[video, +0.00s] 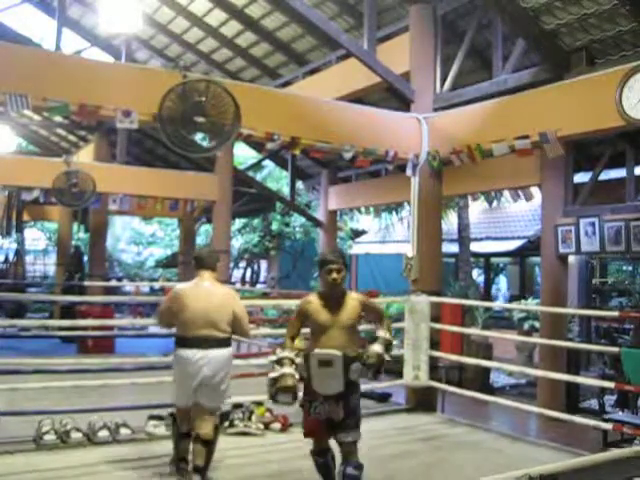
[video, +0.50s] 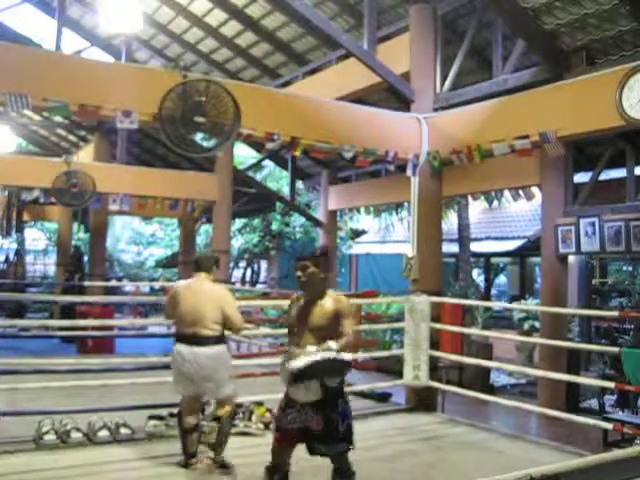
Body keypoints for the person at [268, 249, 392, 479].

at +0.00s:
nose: (334, 276)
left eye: (339, 271)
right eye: (329, 272)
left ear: (345, 274)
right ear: (320, 275)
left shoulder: (357, 301)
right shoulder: (308, 305)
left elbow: (383, 320)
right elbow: (290, 337)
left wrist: (379, 345)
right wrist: (286, 367)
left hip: (348, 371)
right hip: (316, 372)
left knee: (348, 440)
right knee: (318, 439)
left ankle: (350, 473)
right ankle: (328, 475)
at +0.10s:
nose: (331, 274)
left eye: (336, 269)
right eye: (326, 270)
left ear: (345, 272)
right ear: (320, 273)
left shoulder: (359, 303)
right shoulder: (308, 304)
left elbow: (385, 328)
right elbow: (290, 334)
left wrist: (381, 356)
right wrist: (287, 361)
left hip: (347, 372)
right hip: (314, 373)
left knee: (347, 442)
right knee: (311, 448)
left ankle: (350, 474)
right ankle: (326, 476)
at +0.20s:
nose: (328, 273)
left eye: (334, 268)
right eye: (324, 268)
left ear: (345, 271)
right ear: (319, 272)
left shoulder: (359, 304)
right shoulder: (308, 302)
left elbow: (386, 336)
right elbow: (289, 329)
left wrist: (371, 367)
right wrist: (287, 361)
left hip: (344, 379)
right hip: (311, 378)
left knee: (346, 449)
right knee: (300, 452)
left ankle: (349, 475)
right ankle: (321, 476)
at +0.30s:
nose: (321, 273)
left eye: (327, 268)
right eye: (318, 268)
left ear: (340, 270)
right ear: (313, 271)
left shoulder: (356, 304)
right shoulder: (304, 302)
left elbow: (379, 338)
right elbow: (292, 329)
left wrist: (353, 363)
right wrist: (293, 359)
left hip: (340, 387)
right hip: (307, 385)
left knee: (344, 453)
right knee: (289, 447)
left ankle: (347, 475)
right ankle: (300, 475)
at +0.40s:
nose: (311, 274)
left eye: (318, 268)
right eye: (310, 269)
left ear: (332, 271)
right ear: (308, 272)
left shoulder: (352, 304)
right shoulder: (301, 302)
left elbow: (361, 338)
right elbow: (293, 335)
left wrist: (338, 356)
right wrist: (291, 366)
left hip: (335, 385)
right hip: (302, 382)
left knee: (341, 453)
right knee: (282, 445)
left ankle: (346, 473)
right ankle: (283, 473)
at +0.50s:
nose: (299, 276)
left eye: (305, 270)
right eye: (297, 271)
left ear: (321, 273)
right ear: (295, 275)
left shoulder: (339, 303)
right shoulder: (295, 304)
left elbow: (352, 339)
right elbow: (293, 338)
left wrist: (325, 349)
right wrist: (293, 355)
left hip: (328, 381)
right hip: (298, 380)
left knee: (336, 452)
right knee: (281, 446)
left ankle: (343, 470)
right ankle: (278, 472)